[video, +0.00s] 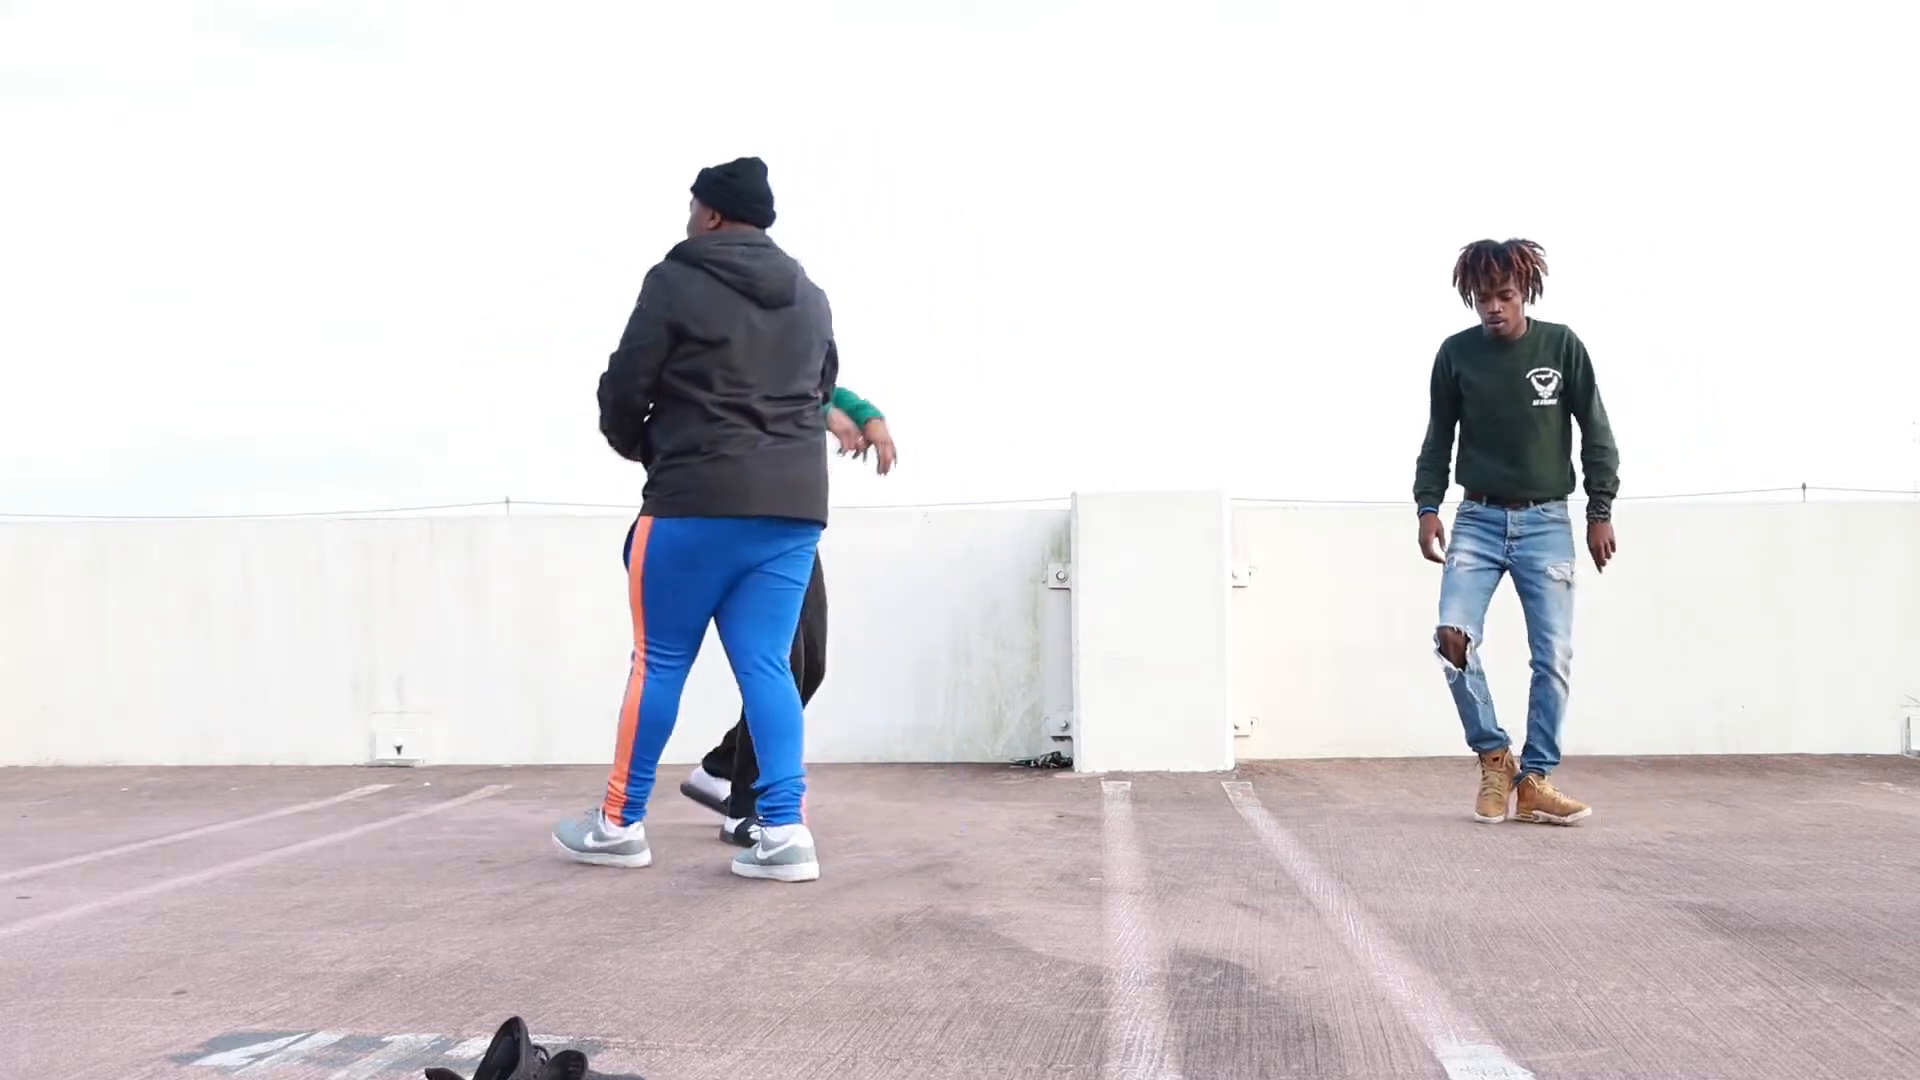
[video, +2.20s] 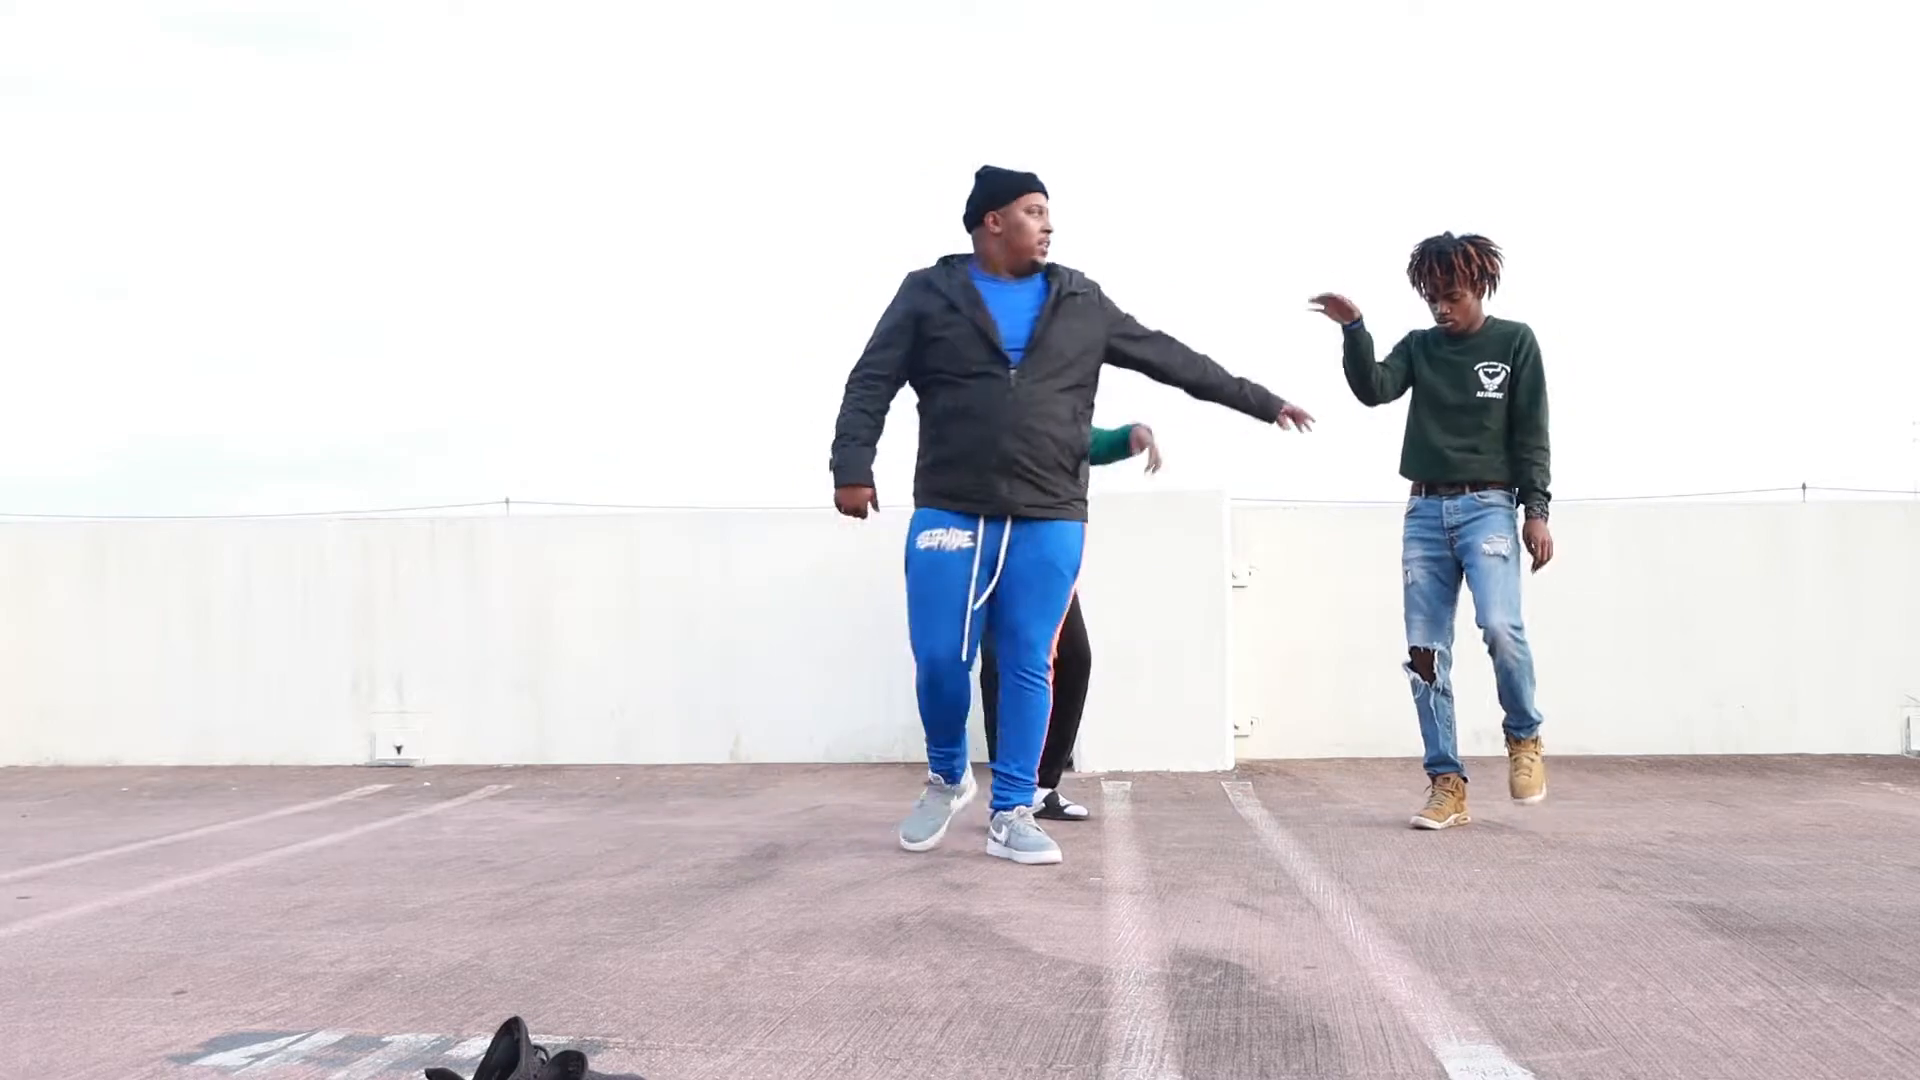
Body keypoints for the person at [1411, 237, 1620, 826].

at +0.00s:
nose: (1491, 307)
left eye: (1502, 295)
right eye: (1481, 297)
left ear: (1526, 292)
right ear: (1470, 298)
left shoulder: (1561, 345)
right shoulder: (1455, 354)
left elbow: (1596, 431)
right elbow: (1438, 437)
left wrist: (1599, 512)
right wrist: (1427, 506)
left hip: (1547, 523)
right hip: (1477, 522)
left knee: (1554, 656)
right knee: (1452, 638)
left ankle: (1534, 781)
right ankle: (1494, 759)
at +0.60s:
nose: (1467, 301)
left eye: (1478, 288)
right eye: (1459, 291)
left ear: (1509, 286)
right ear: (1451, 294)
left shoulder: (1545, 345)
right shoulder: (1449, 355)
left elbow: (1568, 434)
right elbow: (1442, 439)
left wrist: (1524, 464)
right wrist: (1434, 519)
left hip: (1530, 517)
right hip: (1467, 518)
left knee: (1525, 642)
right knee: (1475, 650)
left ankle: (1532, 772)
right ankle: (1499, 772)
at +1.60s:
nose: (1476, 313)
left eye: (1485, 299)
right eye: (1469, 302)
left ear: (1521, 289)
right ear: (1465, 298)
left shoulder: (1561, 330)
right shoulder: (1478, 362)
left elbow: (1554, 411)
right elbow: (1473, 451)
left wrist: (1488, 407)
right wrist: (1416, 446)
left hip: (1558, 515)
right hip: (1500, 517)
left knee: (1558, 655)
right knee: (1464, 648)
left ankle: (1571, 789)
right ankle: (1473, 781)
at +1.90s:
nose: (1454, 308)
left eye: (1464, 295)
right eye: (1446, 297)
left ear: (1497, 285)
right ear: (1441, 292)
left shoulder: (1533, 332)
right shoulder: (1440, 350)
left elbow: (1538, 415)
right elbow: (1417, 431)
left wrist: (1494, 414)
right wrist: (1374, 396)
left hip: (1518, 512)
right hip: (1454, 514)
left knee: (1538, 653)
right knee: (1442, 653)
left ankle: (1566, 783)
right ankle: (1448, 785)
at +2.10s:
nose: (1444, 308)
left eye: (1454, 296)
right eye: (1436, 298)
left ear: (1483, 286)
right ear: (1429, 293)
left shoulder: (1519, 336)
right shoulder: (1421, 345)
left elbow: (1534, 421)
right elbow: (1378, 400)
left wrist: (1528, 485)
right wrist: (1357, 346)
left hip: (1495, 506)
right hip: (1431, 512)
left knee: (1506, 628)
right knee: (1430, 649)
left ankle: (1534, 742)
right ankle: (1446, 782)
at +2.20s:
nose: (1441, 311)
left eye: (1451, 298)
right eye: (1433, 300)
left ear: (1481, 287)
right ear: (1426, 295)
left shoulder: (1515, 341)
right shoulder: (1419, 345)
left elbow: (1531, 432)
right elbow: (1372, 389)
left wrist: (1536, 511)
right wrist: (1354, 327)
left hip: (1488, 507)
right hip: (1424, 511)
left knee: (1499, 626)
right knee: (1424, 652)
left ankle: (1522, 738)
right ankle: (1446, 784)